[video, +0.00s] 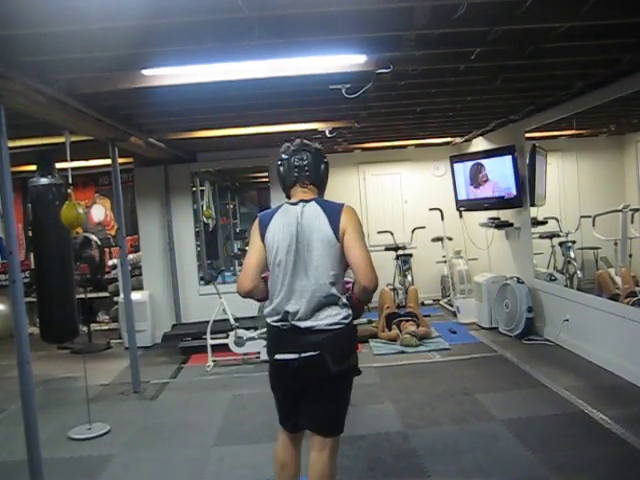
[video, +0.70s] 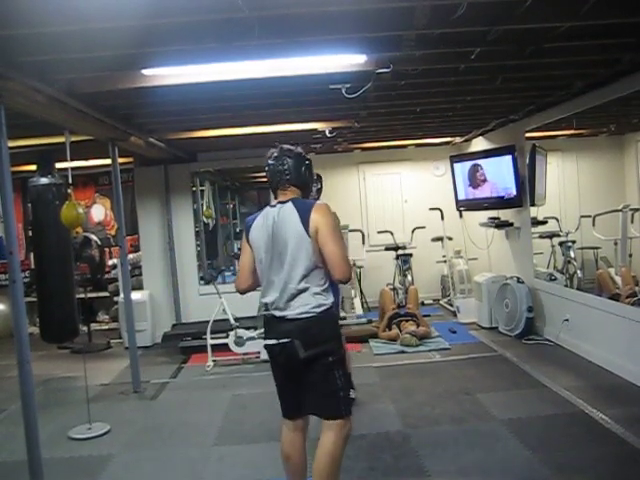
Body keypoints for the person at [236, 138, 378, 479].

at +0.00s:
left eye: (286, 172)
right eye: (322, 171)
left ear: (282, 178)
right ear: (322, 176)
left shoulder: (264, 221)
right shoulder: (341, 214)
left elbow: (246, 286)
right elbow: (367, 281)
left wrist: (278, 288)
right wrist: (354, 306)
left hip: (284, 350)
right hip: (332, 349)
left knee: (288, 435)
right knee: (323, 445)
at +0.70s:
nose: (312, 179)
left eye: (309, 174)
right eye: (310, 174)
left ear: (272, 182)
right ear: (305, 178)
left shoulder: (255, 224)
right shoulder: (317, 212)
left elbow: (244, 283)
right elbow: (341, 273)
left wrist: (275, 266)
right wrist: (334, 258)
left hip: (277, 332)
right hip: (316, 329)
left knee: (292, 422)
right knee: (336, 422)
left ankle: (296, 478)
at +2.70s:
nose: (322, 182)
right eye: (320, 177)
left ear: (282, 184)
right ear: (317, 179)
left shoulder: (266, 225)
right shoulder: (331, 213)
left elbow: (266, 280)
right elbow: (365, 267)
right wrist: (352, 235)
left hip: (288, 339)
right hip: (330, 337)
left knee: (302, 423)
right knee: (336, 432)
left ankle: (300, 476)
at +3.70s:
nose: (343, 192)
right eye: (343, 186)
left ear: (307, 193)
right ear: (342, 190)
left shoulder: (292, 234)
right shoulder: (356, 222)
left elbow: (290, 288)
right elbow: (389, 276)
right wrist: (367, 244)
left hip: (309, 351)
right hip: (354, 348)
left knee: (314, 426)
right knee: (384, 437)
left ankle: (305, 475)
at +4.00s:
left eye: (339, 179)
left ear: (340, 184)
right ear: (379, 176)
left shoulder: (329, 228)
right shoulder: (404, 210)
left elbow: (326, 288)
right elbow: (435, 263)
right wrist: (403, 234)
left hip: (355, 349)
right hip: (403, 346)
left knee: (361, 429)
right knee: (404, 448)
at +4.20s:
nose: (357, 186)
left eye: (357, 181)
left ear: (360, 186)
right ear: (398, 179)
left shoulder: (348, 226)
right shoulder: (428, 215)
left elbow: (337, 286)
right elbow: (448, 272)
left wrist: (343, 238)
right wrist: (419, 242)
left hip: (373, 353)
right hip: (423, 350)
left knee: (383, 433)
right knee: (450, 441)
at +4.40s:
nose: (376, 186)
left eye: (376, 180)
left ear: (383, 183)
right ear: (419, 178)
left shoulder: (376, 221)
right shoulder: (458, 210)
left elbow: (366, 284)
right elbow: (470, 273)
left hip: (406, 349)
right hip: (460, 344)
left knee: (399, 435)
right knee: (495, 434)